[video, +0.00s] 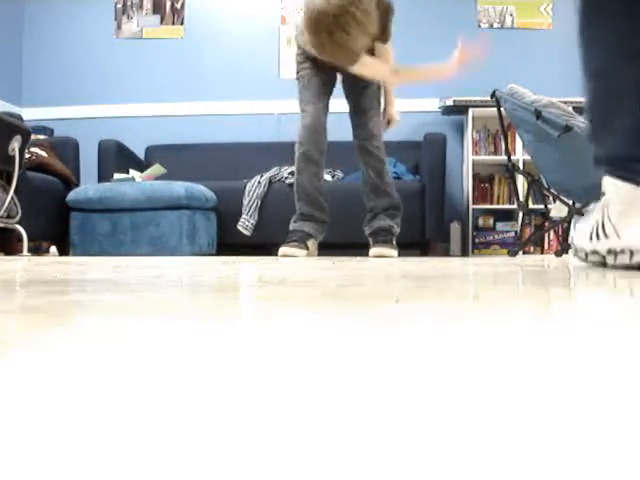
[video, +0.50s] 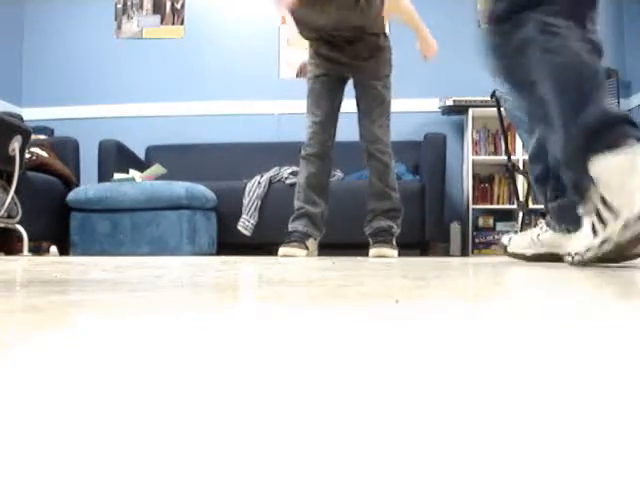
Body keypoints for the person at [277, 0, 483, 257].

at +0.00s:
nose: (344, 49)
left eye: (348, 46)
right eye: (333, 47)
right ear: (323, 42)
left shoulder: (381, 9)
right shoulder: (318, 37)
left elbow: (384, 51)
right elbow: (386, 74)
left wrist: (389, 103)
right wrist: (446, 70)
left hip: (362, 53)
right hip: (316, 51)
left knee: (370, 138)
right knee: (310, 131)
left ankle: (382, 233)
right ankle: (305, 232)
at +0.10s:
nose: (332, 55)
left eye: (334, 49)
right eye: (324, 54)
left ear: (345, 29)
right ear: (303, 46)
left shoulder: (372, 10)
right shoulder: (303, 39)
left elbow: (390, 47)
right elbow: (358, 73)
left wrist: (401, 94)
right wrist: (433, 77)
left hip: (369, 56)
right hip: (320, 62)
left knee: (372, 138)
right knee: (311, 134)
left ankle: (383, 232)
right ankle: (305, 230)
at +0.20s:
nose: (308, 73)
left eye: (313, 67)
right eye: (303, 70)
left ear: (328, 44)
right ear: (289, 49)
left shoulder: (361, 21)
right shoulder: (293, 40)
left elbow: (398, 41)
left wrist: (408, 88)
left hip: (367, 56)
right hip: (319, 67)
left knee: (374, 136)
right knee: (312, 141)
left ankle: (382, 231)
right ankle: (305, 230)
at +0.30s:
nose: (296, 75)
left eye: (302, 69)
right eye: (289, 71)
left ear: (321, 47)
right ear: (278, 53)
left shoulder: (364, 30)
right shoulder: (276, 51)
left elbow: (400, 23)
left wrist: (414, 54)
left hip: (373, 52)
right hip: (324, 61)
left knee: (377, 137)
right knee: (315, 138)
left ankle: (383, 231)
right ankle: (303, 231)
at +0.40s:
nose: (297, 59)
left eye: (299, 51)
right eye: (289, 58)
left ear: (316, 26)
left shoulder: (355, 19)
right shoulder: (287, 26)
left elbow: (399, 15)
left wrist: (416, 38)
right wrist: (302, 59)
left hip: (374, 51)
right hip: (327, 59)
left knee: (378, 140)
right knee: (316, 141)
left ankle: (383, 232)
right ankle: (303, 232)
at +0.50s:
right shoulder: (292, 5)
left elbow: (397, 5)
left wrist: (424, 36)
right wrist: (292, 48)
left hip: (370, 42)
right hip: (323, 42)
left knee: (376, 141)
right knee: (315, 142)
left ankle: (383, 234)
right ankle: (303, 233)